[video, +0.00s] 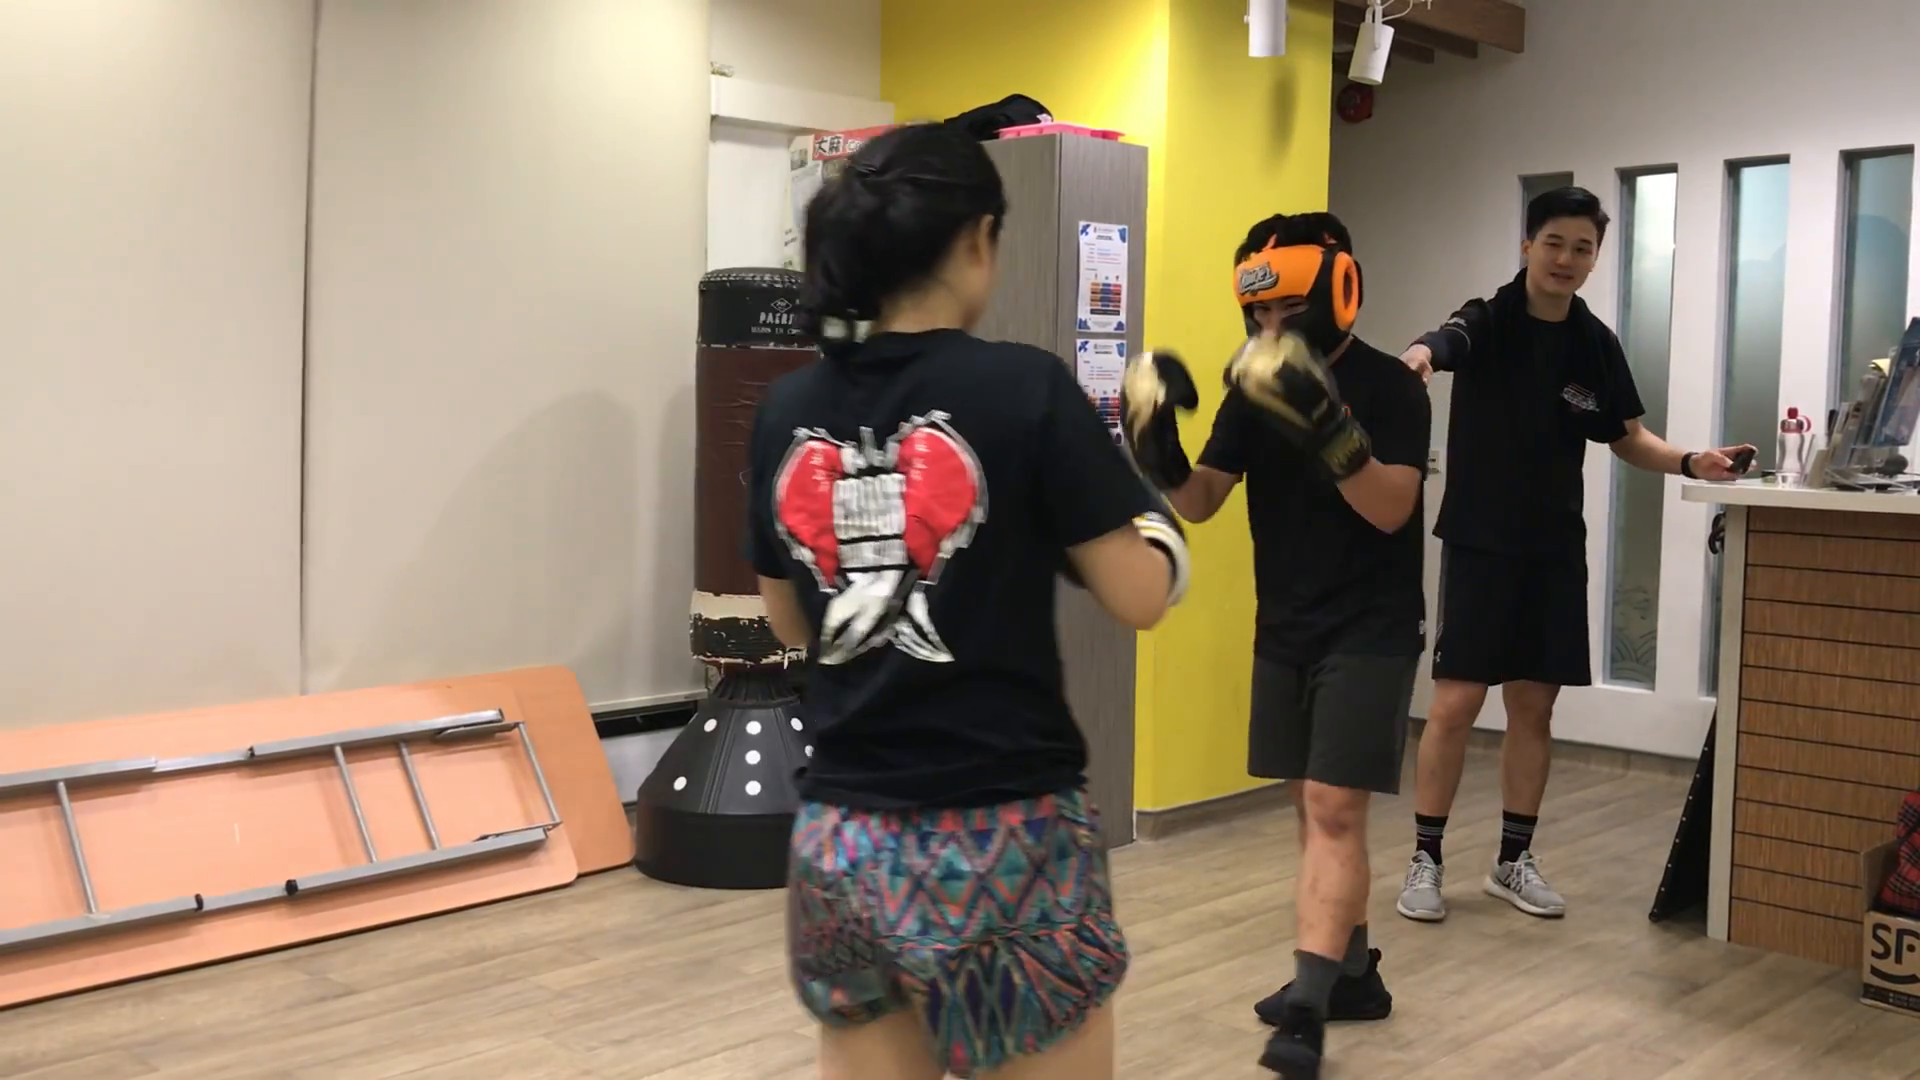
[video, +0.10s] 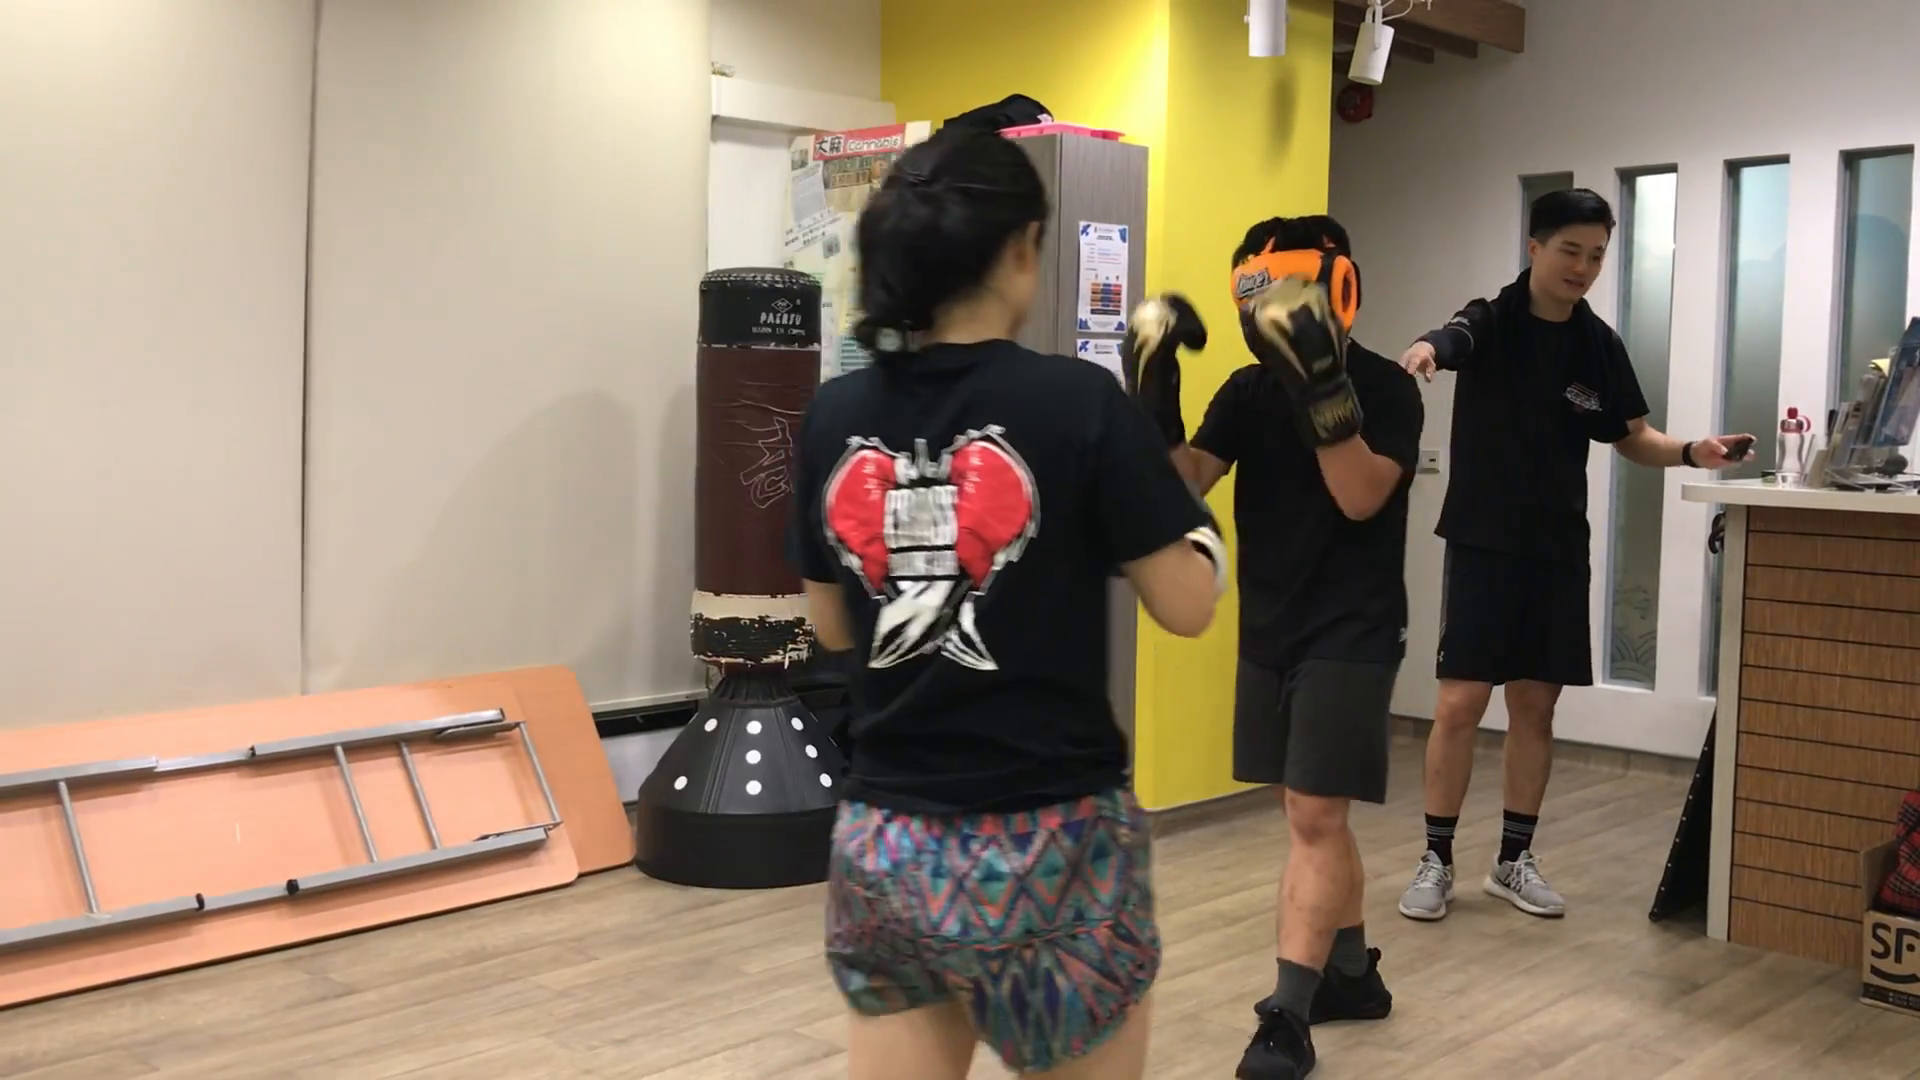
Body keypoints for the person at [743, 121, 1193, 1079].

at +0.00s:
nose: (994, 271)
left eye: (992, 244)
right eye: (994, 243)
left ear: (853, 246)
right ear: (971, 246)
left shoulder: (787, 410)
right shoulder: (1024, 388)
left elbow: (794, 620)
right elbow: (1142, 596)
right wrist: (1145, 489)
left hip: (840, 838)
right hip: (1007, 839)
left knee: (868, 1064)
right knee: (1048, 1061)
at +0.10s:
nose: (1038, 269)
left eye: (1035, 245)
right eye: (1037, 244)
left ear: (896, 252)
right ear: (1019, 251)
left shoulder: (833, 414)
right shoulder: (1079, 403)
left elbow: (833, 624)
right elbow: (1188, 605)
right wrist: (1169, 494)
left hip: (883, 834)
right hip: (1054, 839)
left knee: (894, 1064)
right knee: (1089, 1063)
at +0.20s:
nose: (1085, 266)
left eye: (1083, 243)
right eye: (1084, 243)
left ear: (939, 246)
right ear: (1067, 249)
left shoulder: (879, 406)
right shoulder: (1129, 403)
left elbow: (867, 613)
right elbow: (1228, 602)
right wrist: (1196, 467)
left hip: (930, 827)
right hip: (1100, 826)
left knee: (939, 1066)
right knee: (1107, 1061)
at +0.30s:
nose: (1122, 258)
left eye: (1117, 236)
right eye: (1120, 239)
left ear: (973, 250)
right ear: (1108, 257)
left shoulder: (919, 406)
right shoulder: (1177, 406)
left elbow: (896, 604)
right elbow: (1269, 597)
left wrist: (998, 523)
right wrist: (1181, 505)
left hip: (964, 817)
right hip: (1129, 821)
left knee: (969, 1064)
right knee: (1120, 1062)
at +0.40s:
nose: (1153, 257)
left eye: (1147, 235)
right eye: (1151, 237)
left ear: (1007, 251)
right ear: (1137, 256)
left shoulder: (947, 407)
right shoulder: (1199, 405)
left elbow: (922, 605)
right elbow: (1291, 589)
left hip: (990, 814)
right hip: (1154, 818)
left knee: (980, 1048)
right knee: (1133, 1064)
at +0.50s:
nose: (1157, 249)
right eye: (1157, 232)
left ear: (1011, 247)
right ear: (1146, 252)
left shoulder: (956, 406)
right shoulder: (1211, 403)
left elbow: (931, 598)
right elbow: (1293, 584)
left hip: (996, 812)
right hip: (1163, 820)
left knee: (986, 1050)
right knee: (1134, 1064)